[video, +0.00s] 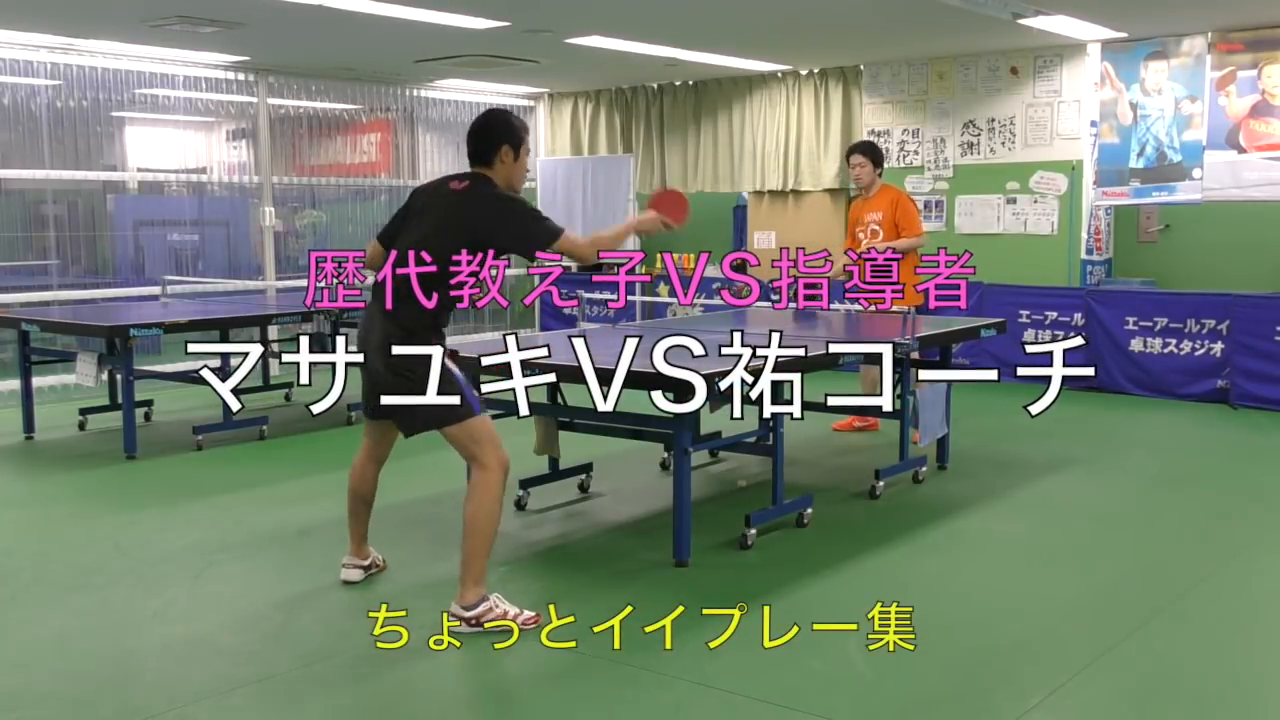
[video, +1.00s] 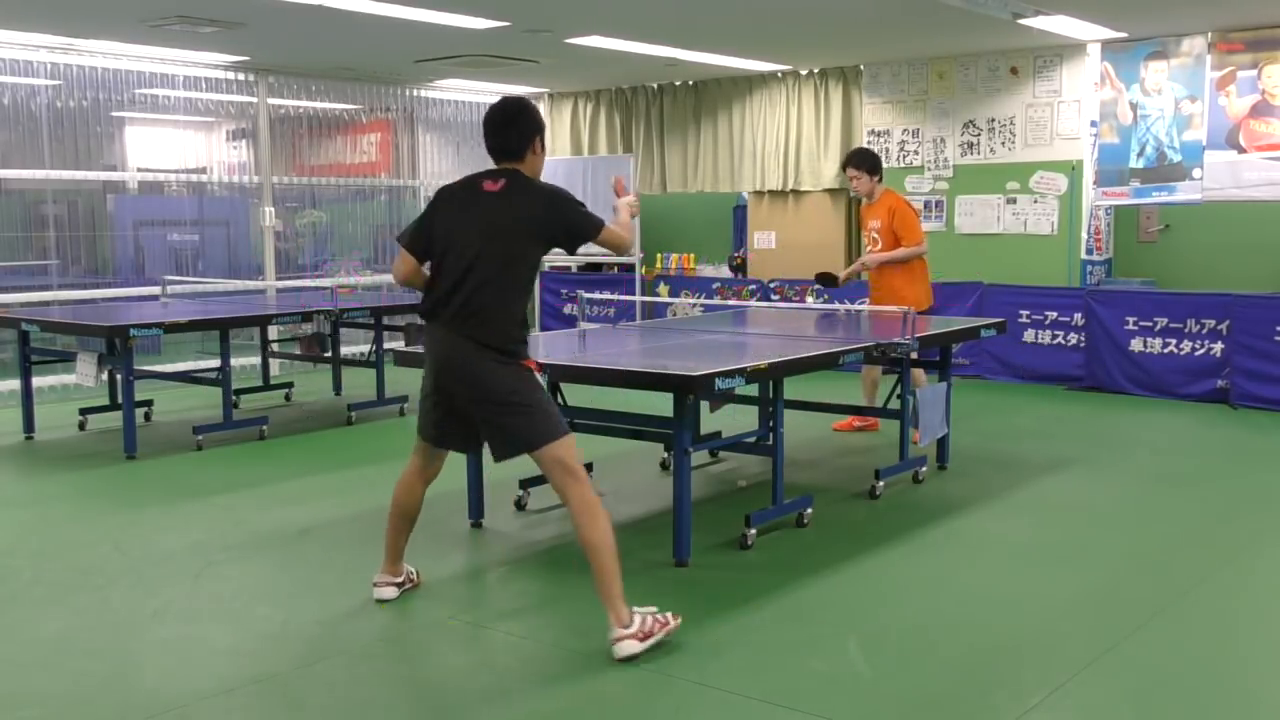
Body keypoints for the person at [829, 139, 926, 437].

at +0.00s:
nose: (855, 172)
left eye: (861, 166)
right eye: (852, 167)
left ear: (877, 167)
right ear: (849, 170)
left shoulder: (897, 198)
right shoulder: (855, 206)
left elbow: (918, 238)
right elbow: (852, 249)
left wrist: (886, 244)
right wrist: (834, 271)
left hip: (901, 295)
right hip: (869, 296)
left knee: (911, 359)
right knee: (869, 354)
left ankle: (924, 418)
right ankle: (867, 413)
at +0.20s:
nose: (850, 186)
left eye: (855, 179)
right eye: (848, 180)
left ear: (872, 178)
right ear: (851, 179)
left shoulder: (894, 204)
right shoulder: (864, 208)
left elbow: (917, 246)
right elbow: (871, 252)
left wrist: (888, 256)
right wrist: (846, 270)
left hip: (907, 298)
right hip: (879, 297)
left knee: (912, 361)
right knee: (871, 354)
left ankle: (926, 419)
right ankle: (867, 413)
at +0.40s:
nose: (852, 182)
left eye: (857, 175)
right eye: (850, 175)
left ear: (875, 174)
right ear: (857, 175)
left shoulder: (904, 203)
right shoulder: (859, 206)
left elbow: (921, 244)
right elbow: (848, 245)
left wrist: (894, 250)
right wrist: (826, 238)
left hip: (910, 296)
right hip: (876, 296)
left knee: (914, 360)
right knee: (873, 353)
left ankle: (923, 420)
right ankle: (869, 413)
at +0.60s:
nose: (860, 173)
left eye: (865, 167)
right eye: (857, 168)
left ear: (882, 168)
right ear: (854, 172)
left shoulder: (905, 199)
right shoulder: (855, 205)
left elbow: (926, 239)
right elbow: (844, 250)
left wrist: (898, 248)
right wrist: (833, 239)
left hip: (909, 297)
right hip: (873, 297)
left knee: (914, 360)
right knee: (869, 355)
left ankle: (923, 420)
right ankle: (866, 413)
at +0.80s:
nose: (859, 173)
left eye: (864, 166)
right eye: (855, 168)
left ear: (880, 168)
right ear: (853, 172)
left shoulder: (902, 200)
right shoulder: (858, 207)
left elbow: (922, 239)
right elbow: (856, 253)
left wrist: (885, 250)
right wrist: (832, 275)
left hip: (906, 296)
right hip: (874, 297)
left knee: (912, 358)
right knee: (870, 354)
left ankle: (925, 418)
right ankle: (867, 413)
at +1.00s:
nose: (853, 185)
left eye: (857, 179)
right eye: (850, 179)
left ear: (874, 176)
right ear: (850, 179)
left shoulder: (897, 205)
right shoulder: (866, 208)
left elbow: (919, 247)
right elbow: (876, 250)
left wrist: (878, 258)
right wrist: (852, 270)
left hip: (908, 300)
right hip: (880, 298)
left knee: (909, 360)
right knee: (871, 356)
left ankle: (928, 419)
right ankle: (868, 414)